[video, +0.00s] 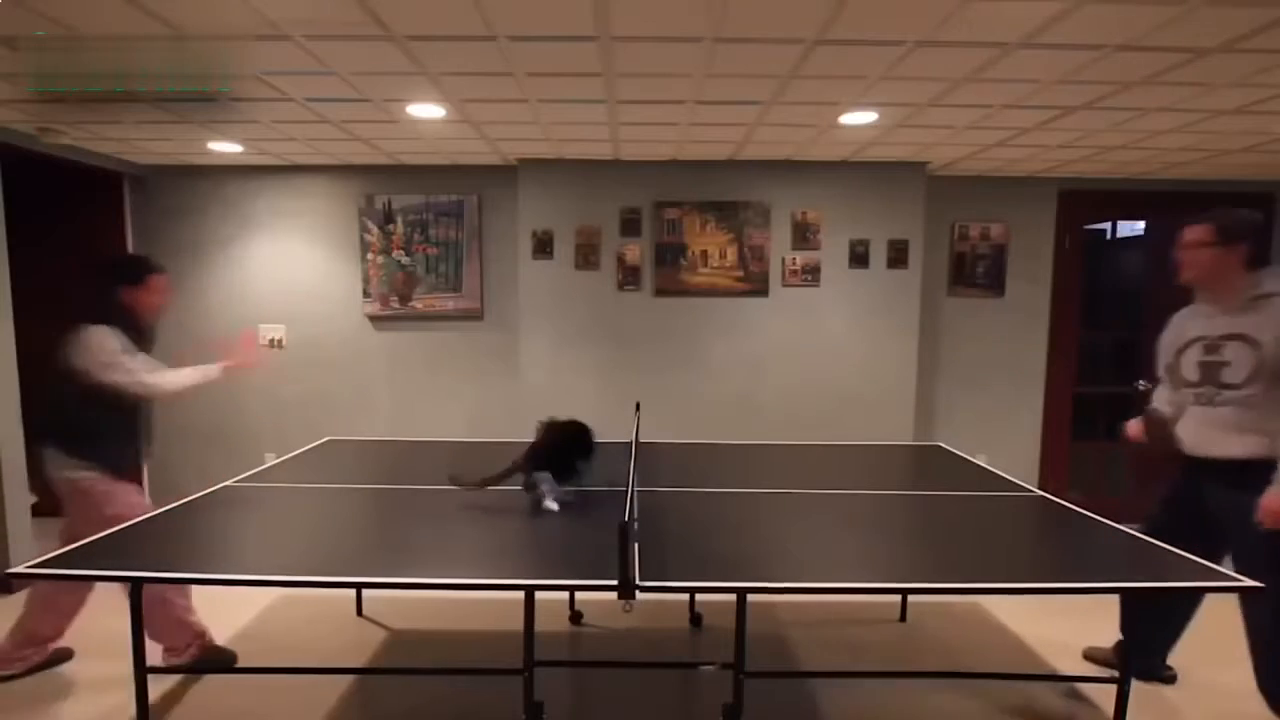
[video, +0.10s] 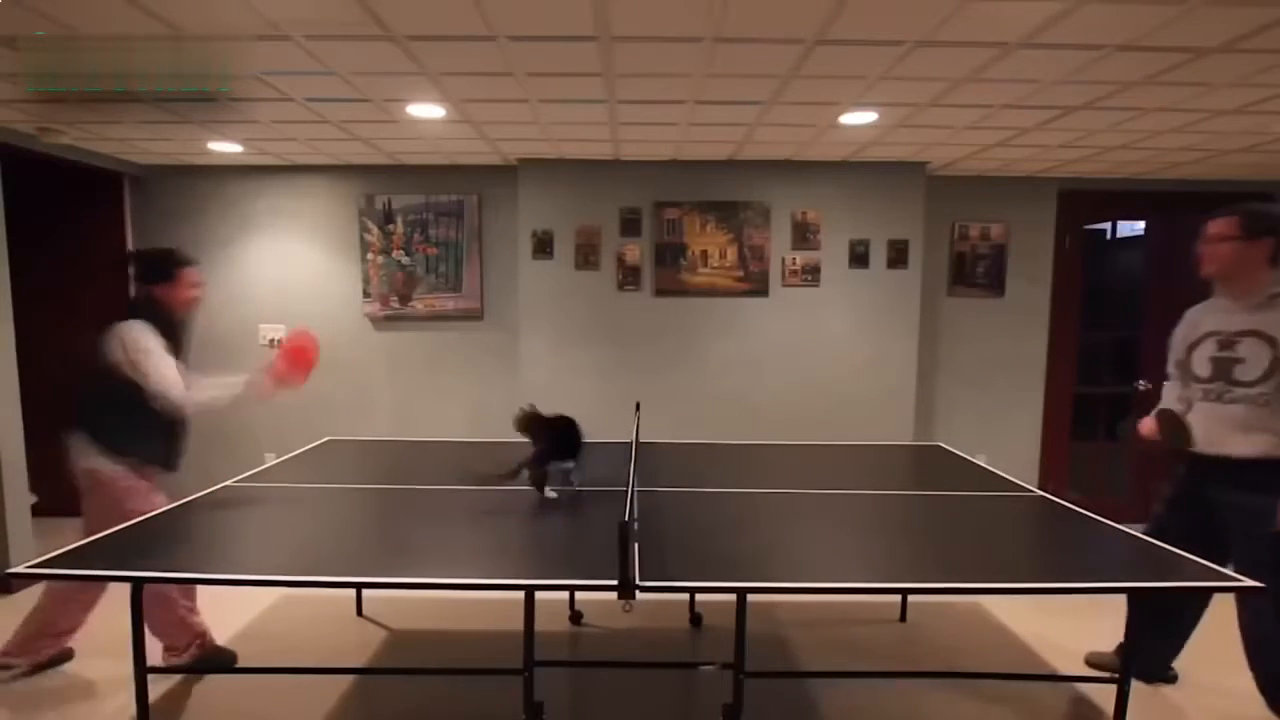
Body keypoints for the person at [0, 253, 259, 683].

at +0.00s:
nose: (162, 302)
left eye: (163, 293)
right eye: (155, 292)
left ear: (133, 294)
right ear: (129, 292)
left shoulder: (119, 338)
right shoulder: (95, 339)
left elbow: (154, 377)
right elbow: (151, 381)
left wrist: (203, 362)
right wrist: (222, 366)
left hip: (110, 470)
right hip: (84, 471)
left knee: (77, 562)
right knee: (150, 546)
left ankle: (21, 650)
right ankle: (185, 644)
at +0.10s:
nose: (197, 295)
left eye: (198, 286)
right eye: (189, 286)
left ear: (165, 289)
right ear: (160, 288)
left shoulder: (157, 333)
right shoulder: (133, 333)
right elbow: (178, 394)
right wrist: (253, 384)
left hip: (130, 464)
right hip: (104, 462)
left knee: (95, 559)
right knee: (163, 538)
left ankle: (29, 647)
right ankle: (185, 643)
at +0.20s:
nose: (218, 295)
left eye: (219, 286)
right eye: (211, 286)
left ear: (188, 289)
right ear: (180, 287)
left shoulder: (186, 331)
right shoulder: (152, 330)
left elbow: (167, 403)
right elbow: (114, 404)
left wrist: (222, 419)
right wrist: (182, 424)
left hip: (146, 456)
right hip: (123, 456)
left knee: (112, 553)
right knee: (161, 546)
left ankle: (45, 645)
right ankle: (186, 645)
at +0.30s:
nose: (224, 296)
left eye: (225, 286)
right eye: (216, 286)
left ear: (198, 290)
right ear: (184, 287)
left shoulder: (191, 333)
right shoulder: (151, 330)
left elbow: (168, 398)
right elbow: (85, 392)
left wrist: (193, 431)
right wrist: (148, 432)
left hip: (155, 458)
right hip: (126, 458)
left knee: (124, 552)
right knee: (159, 547)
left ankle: (66, 645)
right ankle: (186, 644)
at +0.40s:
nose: (214, 294)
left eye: (215, 284)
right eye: (206, 284)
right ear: (175, 286)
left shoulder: (185, 333)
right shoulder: (142, 330)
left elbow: (182, 395)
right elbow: (75, 391)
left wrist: (189, 435)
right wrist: (135, 435)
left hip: (159, 458)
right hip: (124, 460)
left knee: (130, 551)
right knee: (161, 548)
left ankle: (75, 639)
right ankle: (185, 645)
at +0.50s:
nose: (191, 294)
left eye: (193, 285)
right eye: (183, 284)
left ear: (185, 288)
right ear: (154, 288)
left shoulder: (171, 337)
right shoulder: (119, 334)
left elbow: (175, 398)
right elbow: (58, 399)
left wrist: (178, 441)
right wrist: (124, 434)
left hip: (149, 459)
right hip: (111, 461)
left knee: (126, 550)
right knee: (161, 544)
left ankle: (71, 641)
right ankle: (185, 644)